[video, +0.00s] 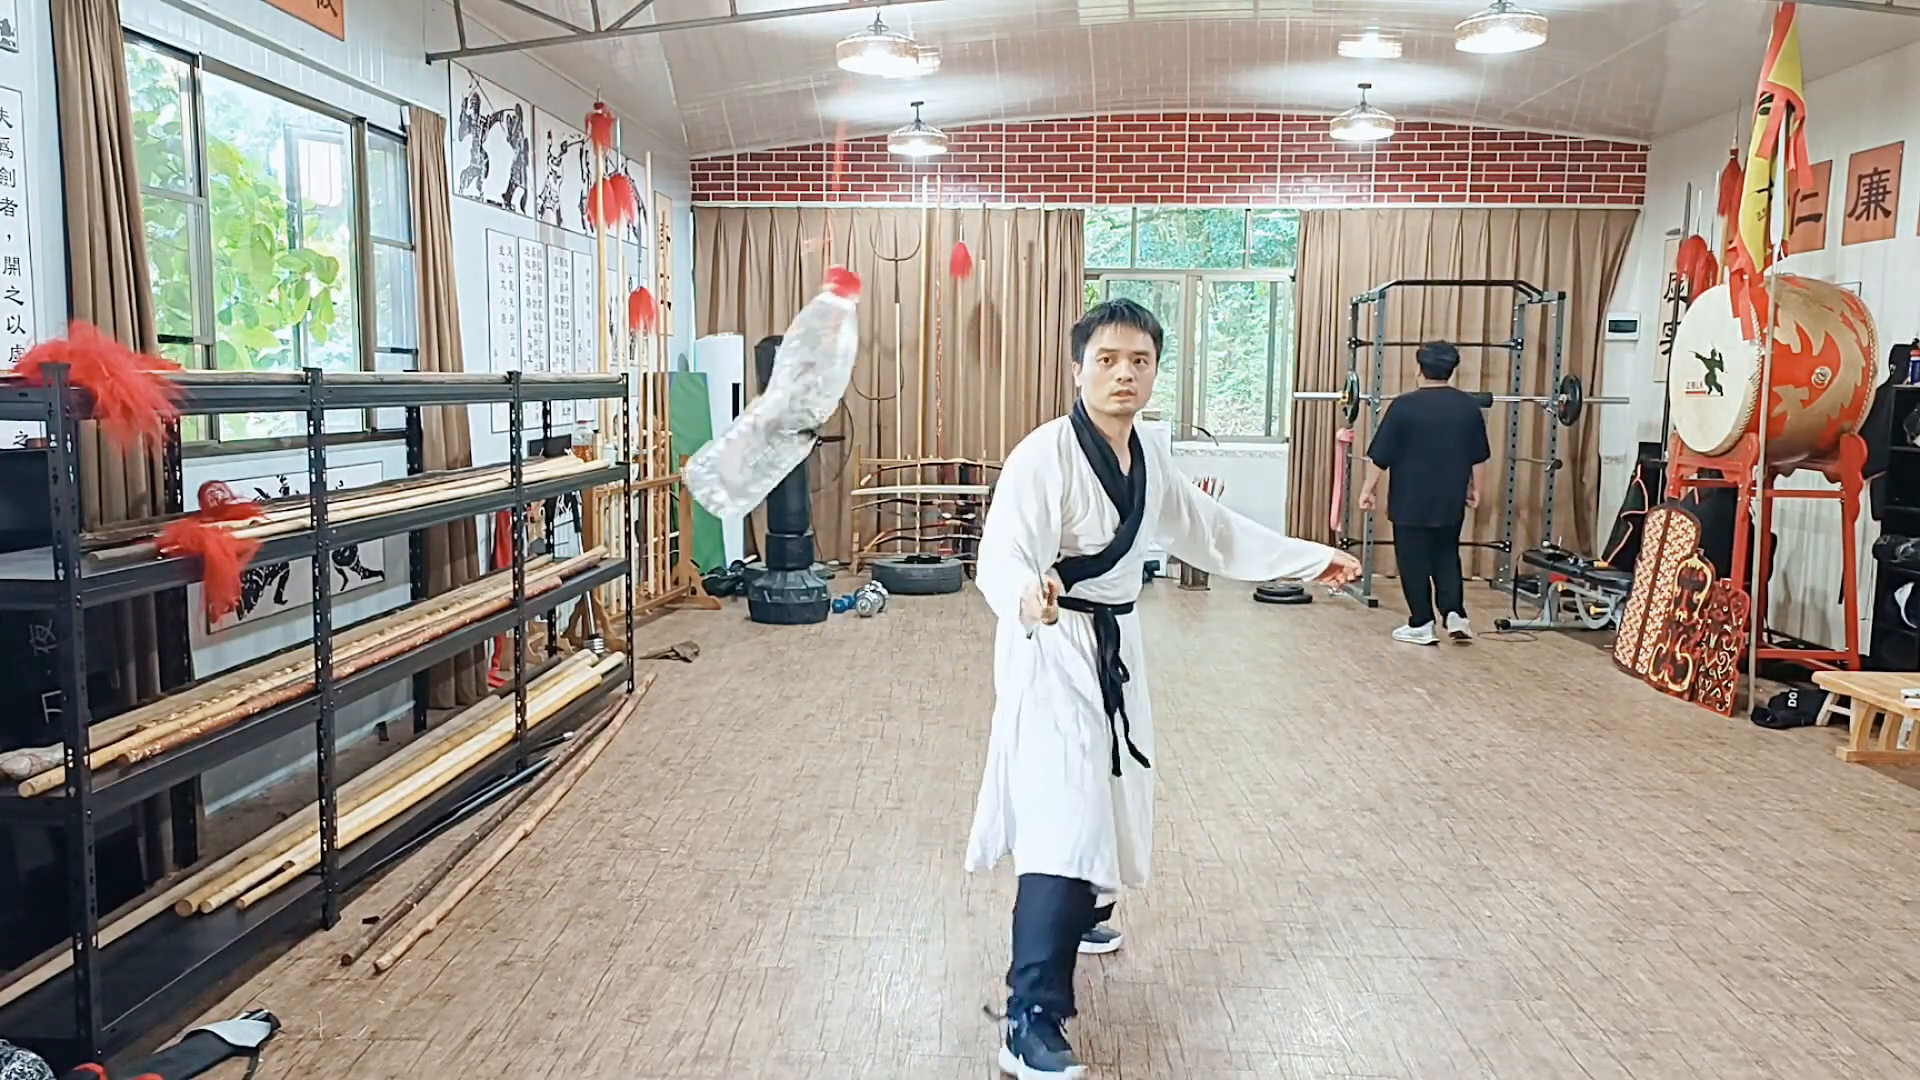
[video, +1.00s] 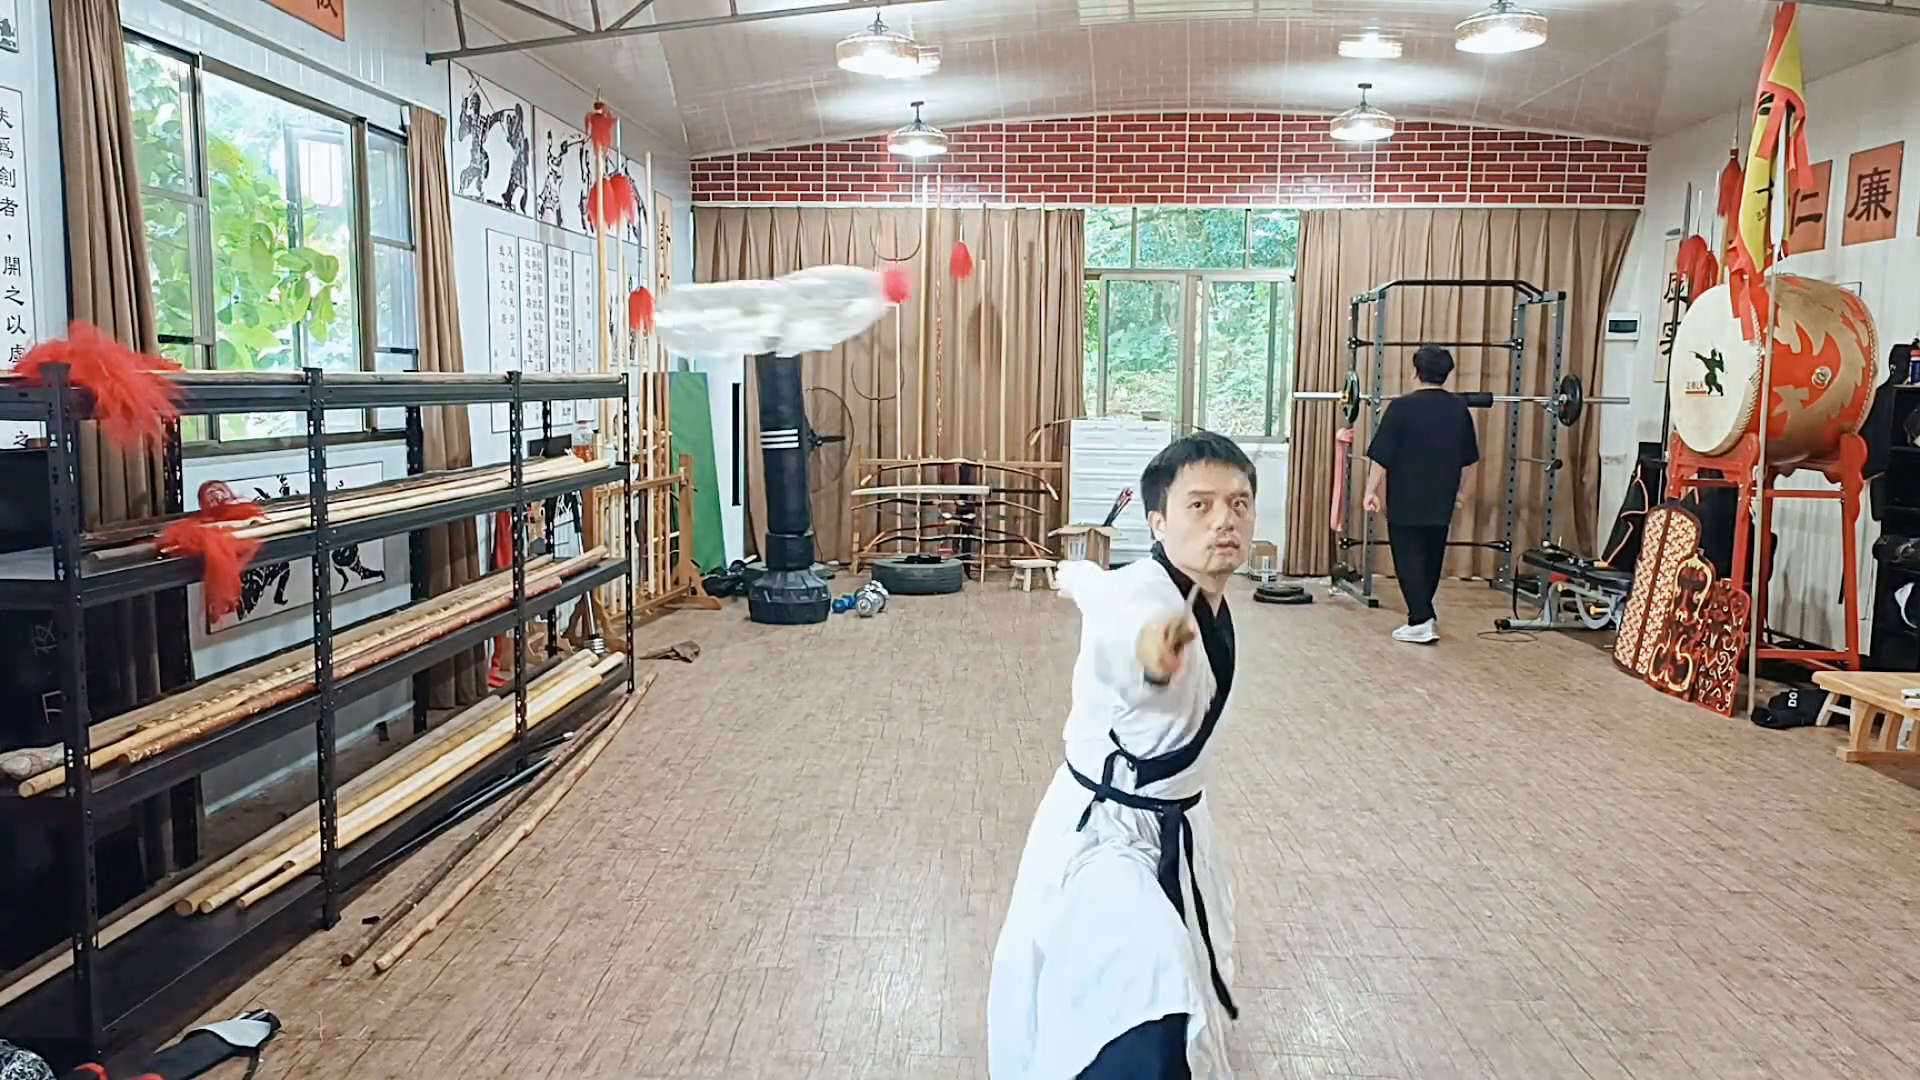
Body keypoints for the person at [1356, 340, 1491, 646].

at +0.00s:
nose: (1416, 370)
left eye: (1418, 367)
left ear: (1421, 370)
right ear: (1452, 371)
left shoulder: (1404, 405)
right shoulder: (1467, 405)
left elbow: (1380, 453)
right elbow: (1478, 454)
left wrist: (1368, 487)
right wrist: (1477, 487)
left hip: (1409, 502)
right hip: (1451, 501)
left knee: (1412, 562)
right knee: (1447, 553)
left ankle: (1421, 624)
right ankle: (1454, 613)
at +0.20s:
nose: (1412, 370)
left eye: (1412, 366)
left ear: (1413, 369)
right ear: (1444, 369)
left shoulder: (1400, 406)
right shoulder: (1461, 404)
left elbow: (1377, 455)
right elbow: (1474, 452)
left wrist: (1363, 490)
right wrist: (1473, 486)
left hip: (1406, 502)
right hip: (1447, 500)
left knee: (1411, 561)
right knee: (1440, 554)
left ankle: (1421, 625)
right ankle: (1437, 612)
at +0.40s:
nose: (1408, 369)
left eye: (1409, 366)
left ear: (1411, 369)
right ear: (1442, 369)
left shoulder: (1399, 405)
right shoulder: (1459, 404)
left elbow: (1378, 457)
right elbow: (1473, 452)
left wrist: (1371, 493)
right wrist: (1474, 486)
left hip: (1406, 502)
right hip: (1444, 502)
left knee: (1410, 562)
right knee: (1435, 557)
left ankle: (1421, 624)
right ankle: (1427, 612)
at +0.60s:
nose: (1407, 371)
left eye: (1409, 367)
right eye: (1410, 366)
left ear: (1412, 371)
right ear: (1442, 371)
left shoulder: (1399, 406)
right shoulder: (1458, 405)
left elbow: (1383, 457)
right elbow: (1469, 454)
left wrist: (1378, 494)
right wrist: (1467, 490)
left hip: (1406, 500)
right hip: (1442, 500)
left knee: (1408, 561)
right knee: (1432, 557)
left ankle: (1421, 624)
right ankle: (1426, 613)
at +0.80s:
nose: (1408, 372)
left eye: (1410, 369)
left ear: (1413, 372)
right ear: (1444, 373)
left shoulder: (1401, 407)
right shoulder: (1457, 406)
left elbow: (1384, 458)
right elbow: (1468, 457)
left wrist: (1375, 494)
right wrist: (1461, 492)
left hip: (1405, 500)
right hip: (1441, 500)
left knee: (1407, 561)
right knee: (1432, 557)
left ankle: (1421, 624)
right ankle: (1425, 614)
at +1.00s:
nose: (1411, 373)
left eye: (1413, 369)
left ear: (1416, 372)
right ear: (1447, 374)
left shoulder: (1401, 406)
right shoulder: (1458, 408)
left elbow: (1381, 455)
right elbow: (1469, 459)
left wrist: (1371, 490)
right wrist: (1461, 494)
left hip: (1405, 498)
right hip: (1441, 499)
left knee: (1408, 558)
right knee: (1432, 557)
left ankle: (1421, 622)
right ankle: (1422, 615)